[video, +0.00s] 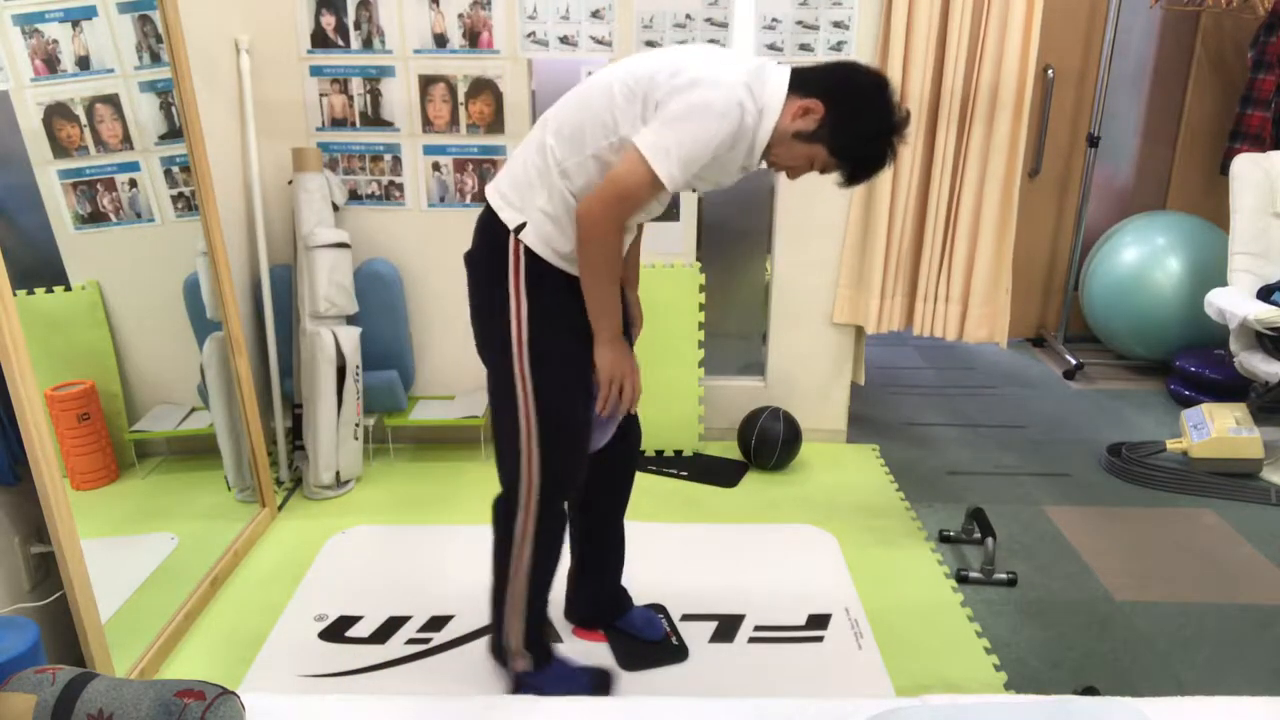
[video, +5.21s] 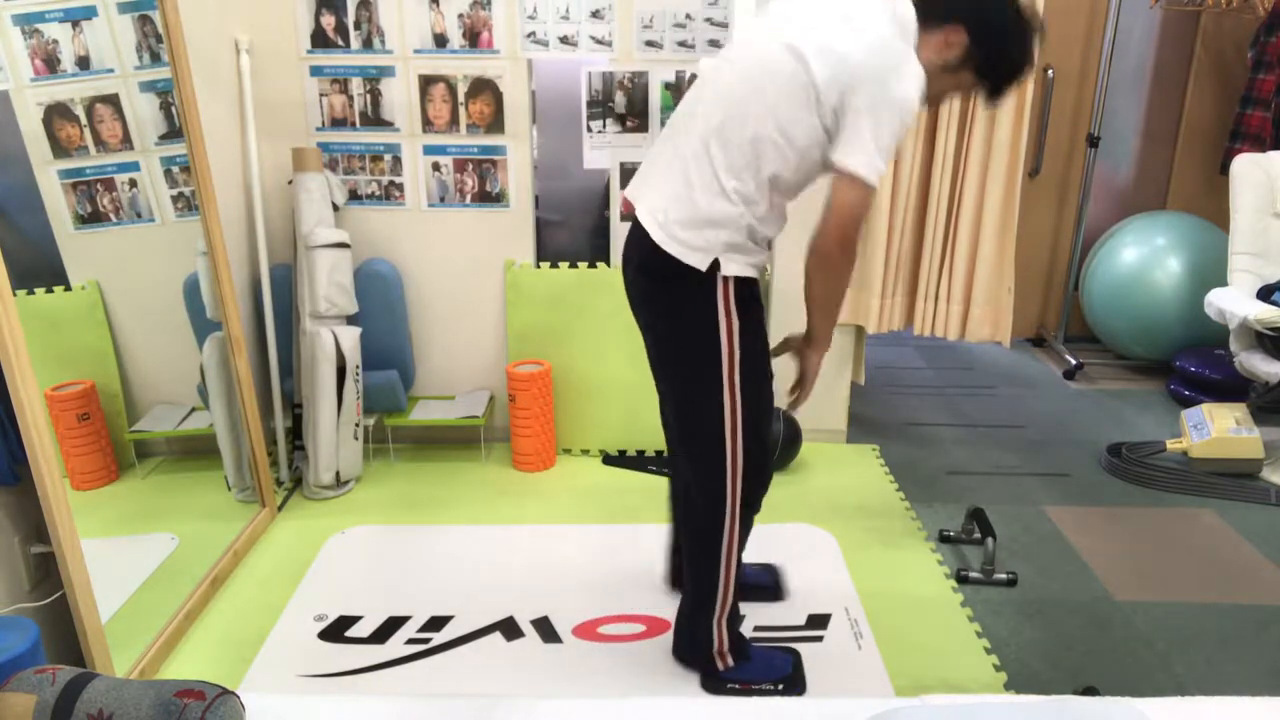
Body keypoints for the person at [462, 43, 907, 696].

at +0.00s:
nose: (800, 173)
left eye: (817, 170)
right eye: (817, 162)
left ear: (807, 109)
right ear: (809, 114)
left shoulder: (745, 115)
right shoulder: (724, 106)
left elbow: (630, 202)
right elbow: (598, 211)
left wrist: (627, 295)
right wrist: (609, 342)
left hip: (584, 250)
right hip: (525, 244)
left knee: (610, 441)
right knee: (545, 458)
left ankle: (597, 602)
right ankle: (520, 649)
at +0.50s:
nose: (778, 88)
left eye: (793, 78)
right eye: (788, 71)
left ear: (761, 17)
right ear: (762, 21)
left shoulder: (700, 44)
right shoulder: (666, 63)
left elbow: (603, 171)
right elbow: (545, 187)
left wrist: (611, 261)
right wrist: (541, 339)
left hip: (586, 276)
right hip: (539, 282)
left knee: (618, 435)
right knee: (576, 471)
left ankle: (594, 595)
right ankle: (554, 669)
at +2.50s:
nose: (726, 35)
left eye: (740, 27)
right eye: (742, 19)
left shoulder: (621, 13)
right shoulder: (657, 7)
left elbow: (577, 122)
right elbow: (595, 115)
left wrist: (601, 254)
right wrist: (615, 262)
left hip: (559, 239)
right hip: (551, 241)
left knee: (590, 423)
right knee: (566, 442)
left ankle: (580, 586)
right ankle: (523, 653)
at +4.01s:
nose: (834, 9)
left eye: (840, 4)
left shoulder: (741, 13)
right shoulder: (731, 18)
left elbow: (687, 146)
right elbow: (667, 161)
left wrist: (706, 243)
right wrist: (693, 307)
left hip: (660, 258)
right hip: (638, 264)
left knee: (676, 436)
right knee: (652, 453)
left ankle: (656, 572)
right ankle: (623, 644)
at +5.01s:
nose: (917, 36)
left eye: (932, 26)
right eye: (933, 20)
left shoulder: (796, 6)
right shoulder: (845, 16)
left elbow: (745, 132)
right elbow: (787, 156)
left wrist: (767, 249)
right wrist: (809, 289)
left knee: (692, 427)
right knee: (733, 455)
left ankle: (656, 568)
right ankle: (713, 647)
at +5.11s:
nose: (939, 61)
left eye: (953, 52)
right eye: (951, 46)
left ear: (922, 0)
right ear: (933, 6)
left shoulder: (825, 9)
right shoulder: (871, 33)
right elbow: (815, 187)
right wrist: (819, 314)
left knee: (699, 425)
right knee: (736, 455)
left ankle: (666, 562)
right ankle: (714, 647)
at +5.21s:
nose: (948, 102)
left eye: (962, 96)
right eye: (962, 87)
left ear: (943, 30)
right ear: (951, 43)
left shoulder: (862, 22)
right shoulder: (892, 70)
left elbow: (717, 88)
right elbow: (837, 231)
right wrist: (816, 339)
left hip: (675, 230)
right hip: (698, 251)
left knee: (713, 430)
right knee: (738, 452)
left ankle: (698, 565)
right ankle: (711, 648)